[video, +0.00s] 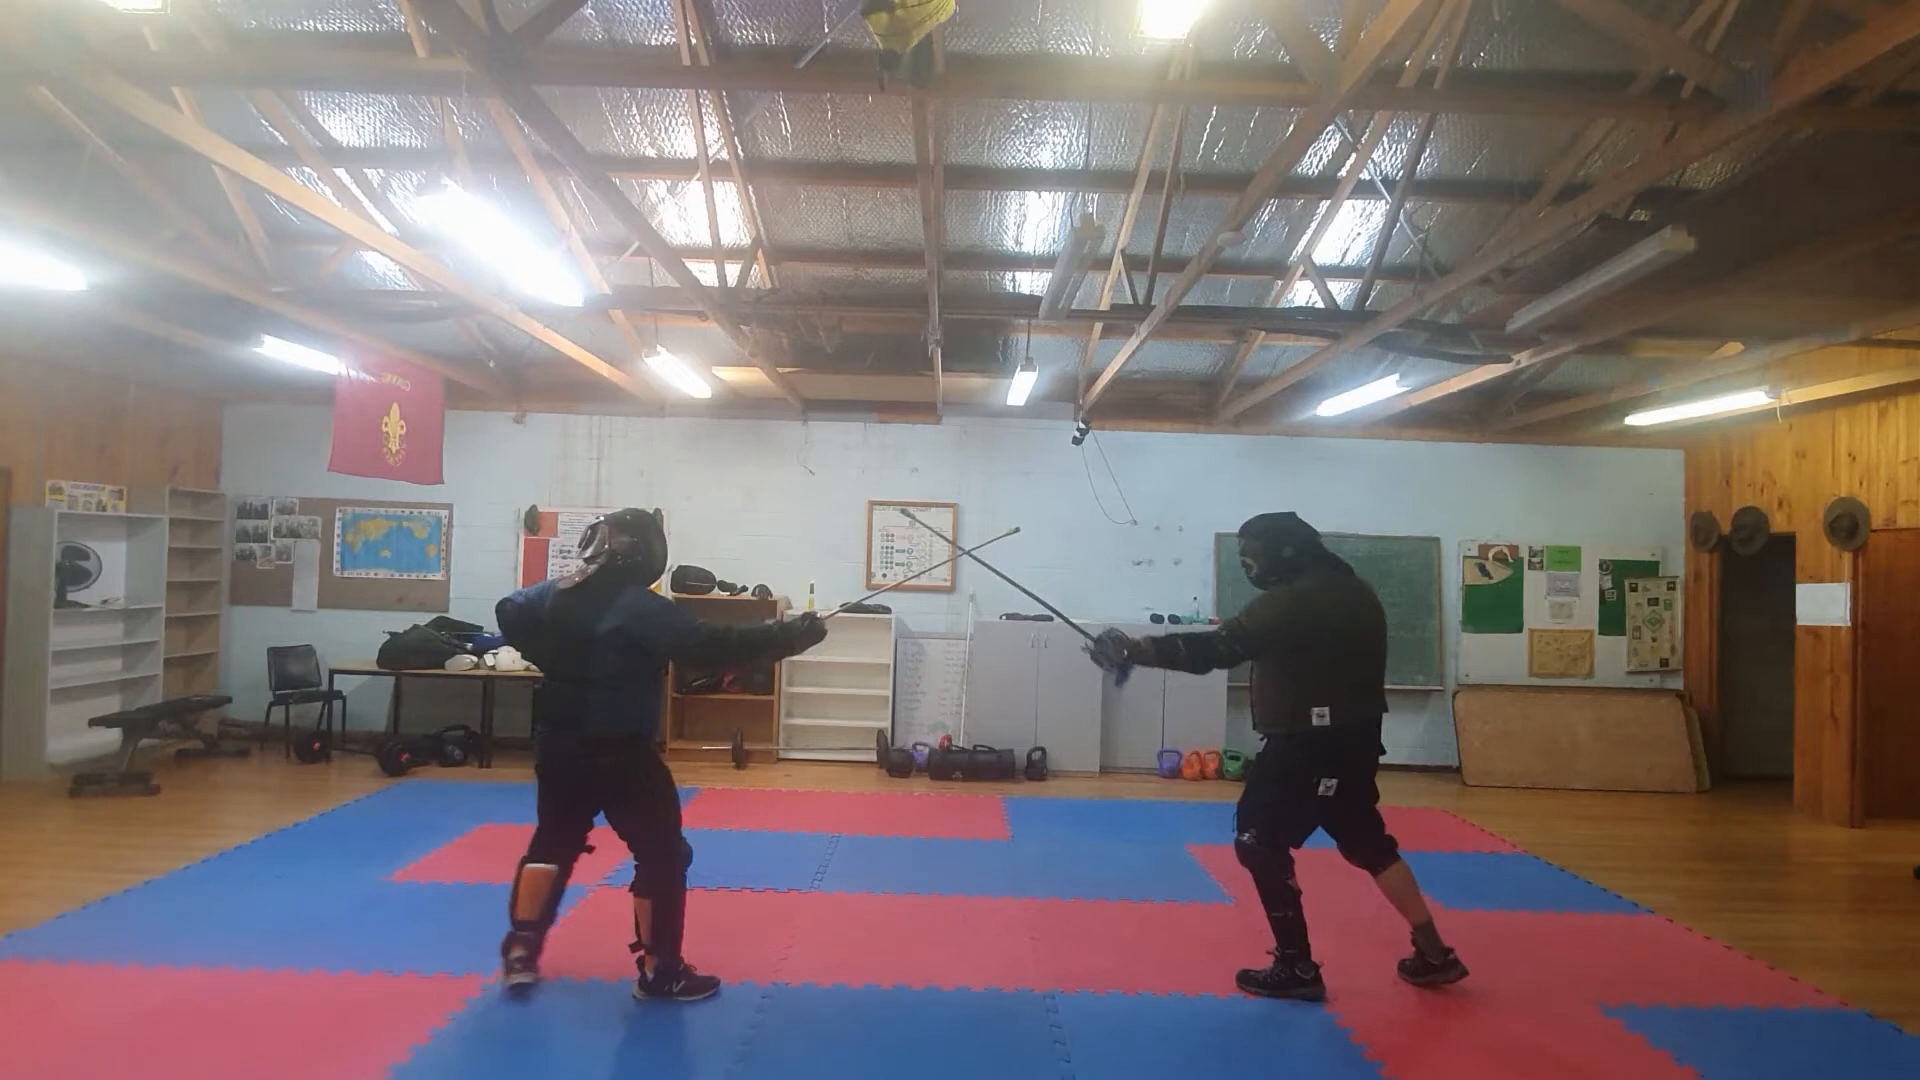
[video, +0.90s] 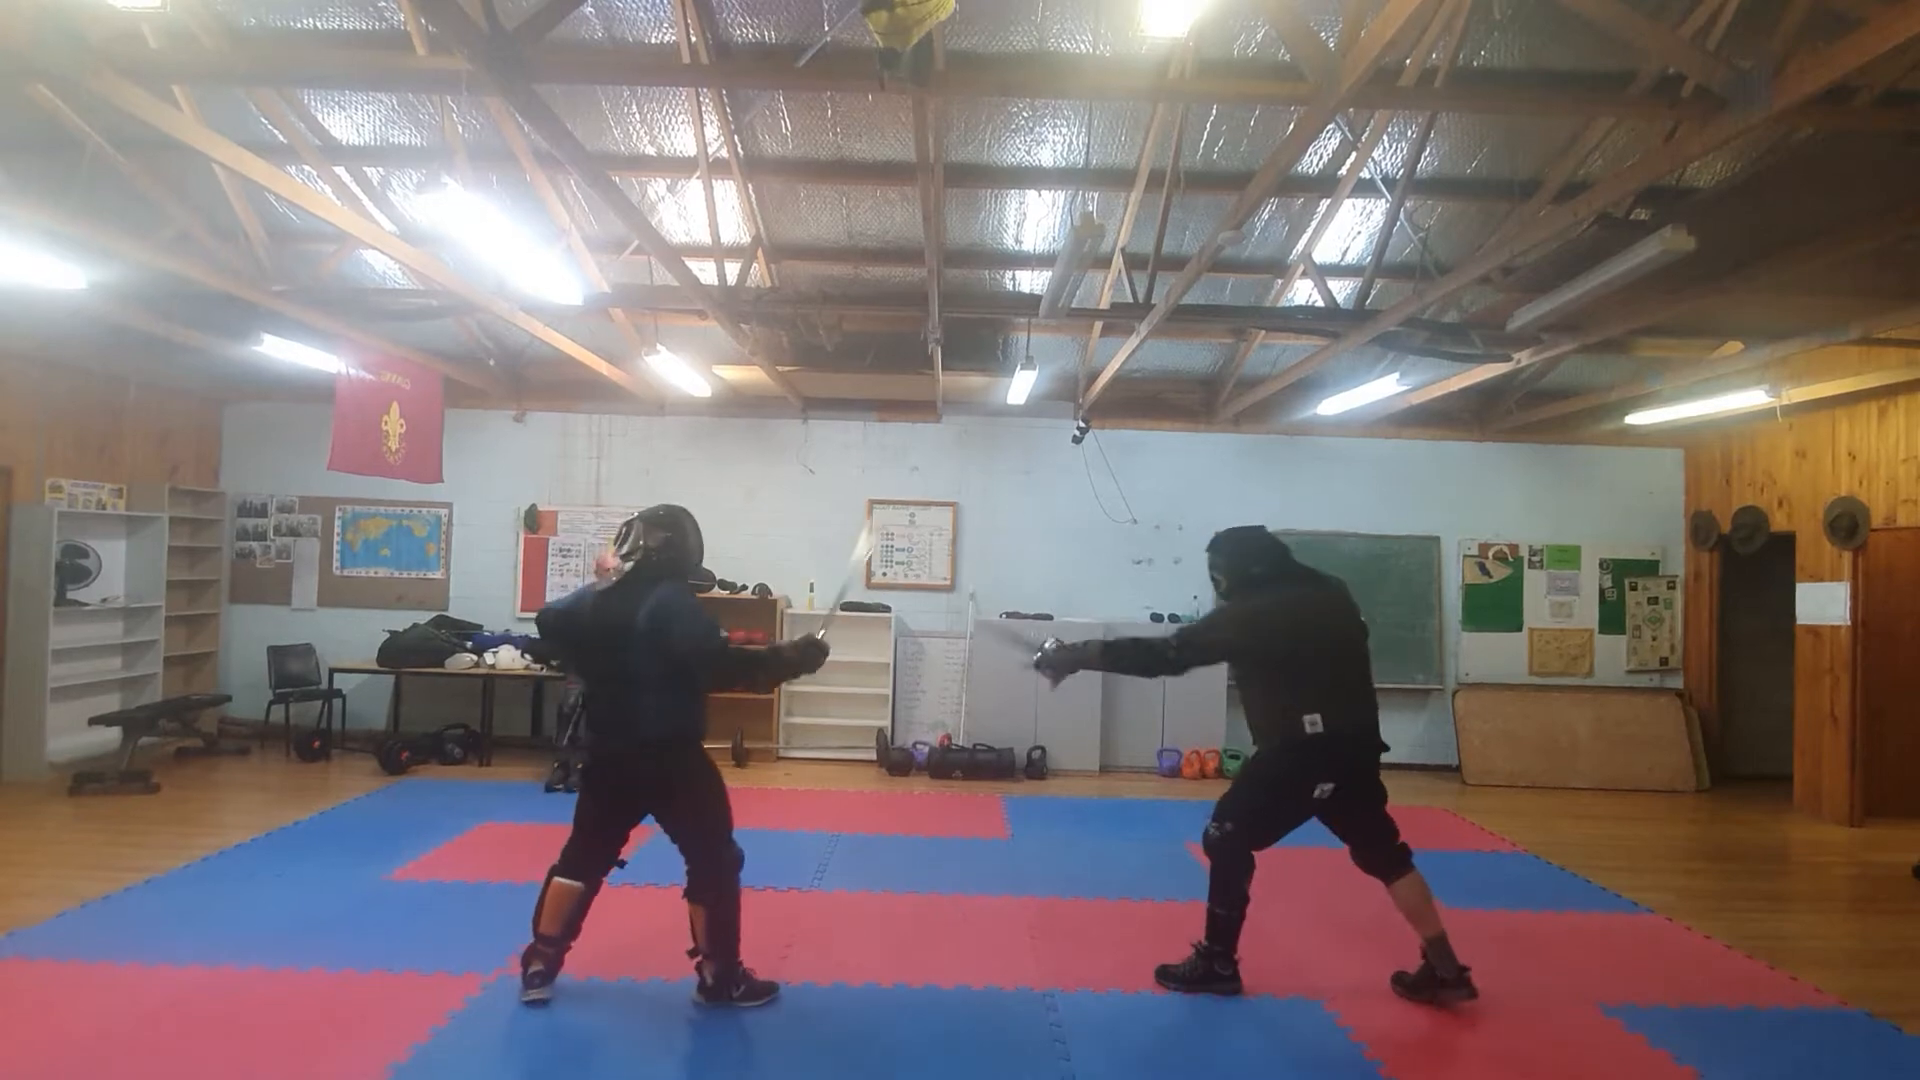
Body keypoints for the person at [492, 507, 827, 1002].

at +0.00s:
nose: (659, 566)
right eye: (657, 558)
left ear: (599, 549)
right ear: (649, 559)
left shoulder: (558, 602)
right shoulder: (645, 609)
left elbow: (508, 610)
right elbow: (714, 643)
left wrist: (549, 655)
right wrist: (797, 632)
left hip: (559, 757)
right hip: (625, 758)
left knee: (554, 840)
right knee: (662, 852)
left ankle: (520, 954)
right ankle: (661, 969)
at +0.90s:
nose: (697, 560)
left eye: (695, 551)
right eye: (694, 550)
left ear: (635, 548)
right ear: (682, 550)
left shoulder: (597, 602)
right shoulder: (674, 601)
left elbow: (549, 619)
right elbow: (708, 662)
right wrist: (782, 660)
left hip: (609, 762)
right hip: (675, 762)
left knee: (583, 855)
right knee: (714, 858)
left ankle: (540, 962)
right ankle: (720, 973)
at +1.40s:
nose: (739, 575)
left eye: (735, 565)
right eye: (736, 565)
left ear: (680, 563)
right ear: (724, 567)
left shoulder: (648, 617)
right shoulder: (709, 620)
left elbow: (610, 637)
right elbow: (718, 694)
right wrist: (797, 697)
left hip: (650, 777)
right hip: (712, 779)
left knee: (611, 869)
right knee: (765, 868)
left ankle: (548, 967)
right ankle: (781, 983)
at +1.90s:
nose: (744, 572)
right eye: (741, 563)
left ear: (679, 558)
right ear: (732, 563)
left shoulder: (648, 612)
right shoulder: (730, 618)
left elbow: (605, 629)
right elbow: (766, 701)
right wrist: (826, 680)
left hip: (650, 773)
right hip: (719, 776)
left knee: (618, 865)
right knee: (760, 871)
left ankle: (557, 971)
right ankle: (781, 982)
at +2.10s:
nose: (701, 572)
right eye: (698, 562)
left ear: (637, 560)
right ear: (687, 564)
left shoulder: (598, 615)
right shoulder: (677, 620)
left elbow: (549, 645)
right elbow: (696, 703)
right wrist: (774, 695)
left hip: (605, 780)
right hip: (668, 782)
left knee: (588, 874)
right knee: (718, 877)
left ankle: (546, 983)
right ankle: (770, 978)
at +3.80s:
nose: (692, 565)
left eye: (618, 551)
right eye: (688, 554)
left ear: (624, 555)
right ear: (682, 557)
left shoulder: (593, 612)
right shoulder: (685, 617)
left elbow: (539, 628)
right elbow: (750, 653)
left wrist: (592, 594)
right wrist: (829, 636)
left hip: (599, 773)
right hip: (668, 774)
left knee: (584, 868)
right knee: (704, 872)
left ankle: (544, 985)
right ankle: (739, 983)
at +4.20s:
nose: (735, 570)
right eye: (734, 560)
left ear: (670, 555)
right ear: (729, 562)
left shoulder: (637, 612)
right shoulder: (736, 619)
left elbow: (584, 627)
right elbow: (801, 654)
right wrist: (870, 637)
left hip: (646, 769)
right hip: (719, 770)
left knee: (627, 862)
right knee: (757, 862)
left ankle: (594, 981)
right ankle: (745, 983)